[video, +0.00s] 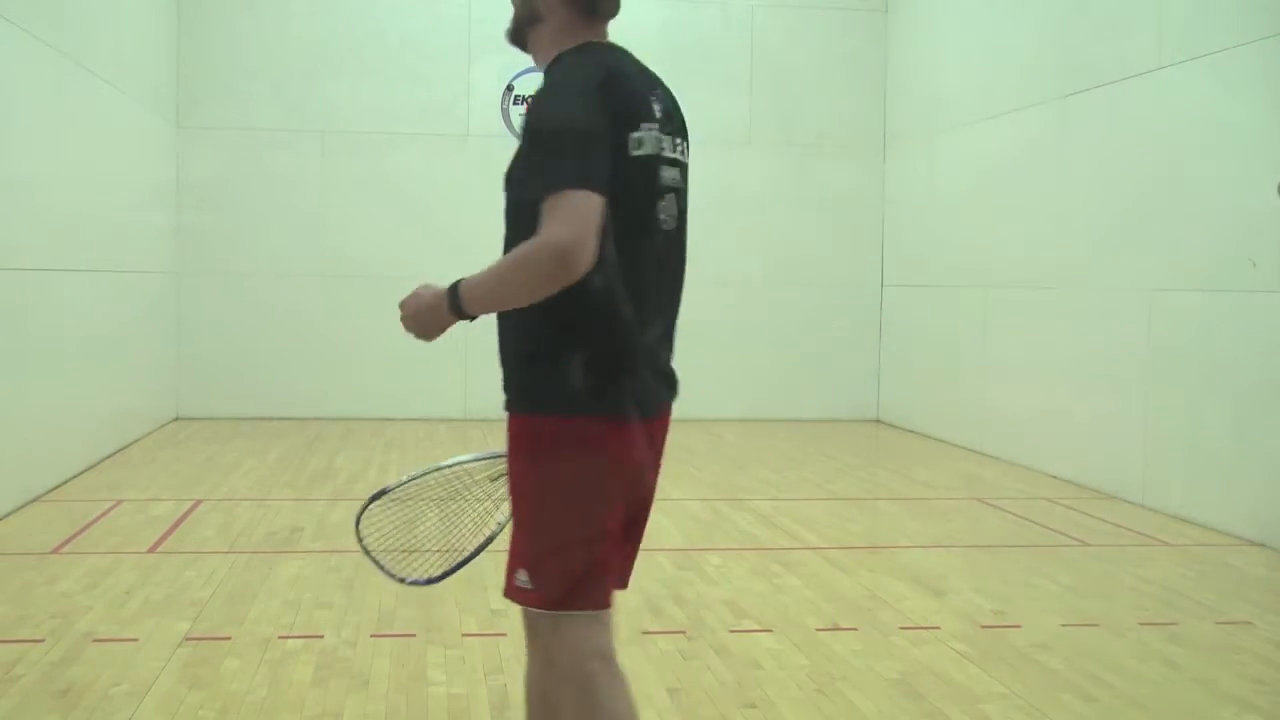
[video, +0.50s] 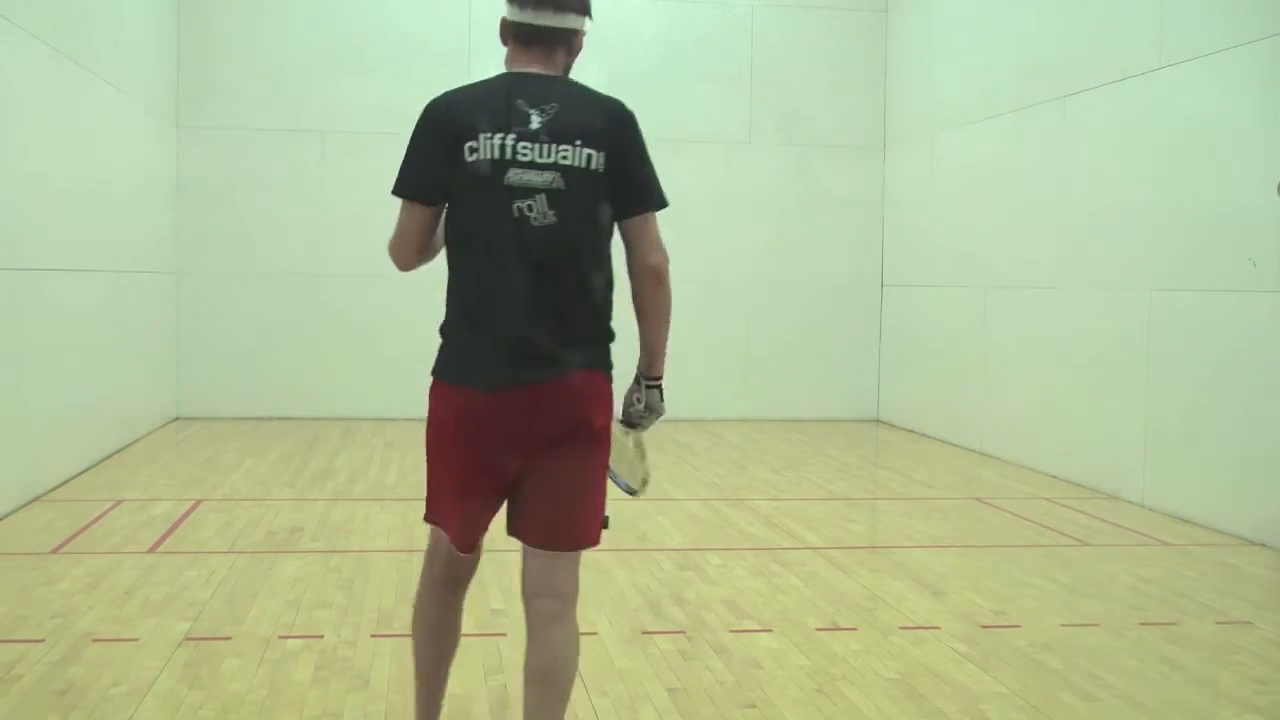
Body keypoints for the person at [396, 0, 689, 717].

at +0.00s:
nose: (512, 9)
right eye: (517, 1)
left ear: (539, 5)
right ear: (603, 9)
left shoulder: (578, 83)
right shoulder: (647, 91)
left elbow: (566, 247)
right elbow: (629, 274)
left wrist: (452, 300)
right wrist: (540, 405)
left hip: (576, 406)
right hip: (623, 399)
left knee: (570, 632)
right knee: (561, 620)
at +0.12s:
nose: (517, 20)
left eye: (518, 10)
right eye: (520, 11)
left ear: (530, 10)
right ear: (599, 14)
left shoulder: (530, 88)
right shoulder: (655, 103)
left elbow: (513, 235)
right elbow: (674, 255)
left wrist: (444, 303)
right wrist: (624, 339)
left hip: (536, 397)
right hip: (623, 396)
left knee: (488, 616)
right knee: (565, 599)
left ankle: (548, 718)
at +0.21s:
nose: (518, 18)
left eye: (518, 11)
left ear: (522, 10)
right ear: (596, 20)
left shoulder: (504, 90)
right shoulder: (651, 106)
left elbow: (475, 235)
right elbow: (678, 259)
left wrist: (444, 301)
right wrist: (632, 347)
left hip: (518, 389)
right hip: (615, 392)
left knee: (462, 604)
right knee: (572, 606)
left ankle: (509, 714)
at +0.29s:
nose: (517, 21)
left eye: (516, 13)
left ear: (517, 15)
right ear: (592, 25)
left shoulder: (484, 94)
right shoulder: (642, 109)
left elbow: (435, 243)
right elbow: (676, 263)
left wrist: (451, 289)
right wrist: (642, 362)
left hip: (502, 386)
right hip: (604, 391)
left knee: (454, 592)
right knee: (573, 604)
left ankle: (464, 714)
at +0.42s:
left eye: (518, 19)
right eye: (575, 22)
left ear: (510, 25)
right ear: (586, 30)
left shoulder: (460, 106)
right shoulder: (624, 116)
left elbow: (407, 250)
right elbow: (663, 264)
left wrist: (457, 230)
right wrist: (651, 370)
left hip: (481, 386)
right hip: (583, 391)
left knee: (448, 574)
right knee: (562, 601)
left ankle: (424, 714)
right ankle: (551, 718)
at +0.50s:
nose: (563, 42)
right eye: (571, 33)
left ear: (504, 33)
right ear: (577, 42)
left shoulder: (450, 114)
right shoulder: (612, 121)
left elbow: (406, 252)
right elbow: (650, 265)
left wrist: (456, 209)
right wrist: (652, 374)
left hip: (474, 383)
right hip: (575, 384)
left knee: (447, 570)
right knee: (553, 599)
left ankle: (426, 714)